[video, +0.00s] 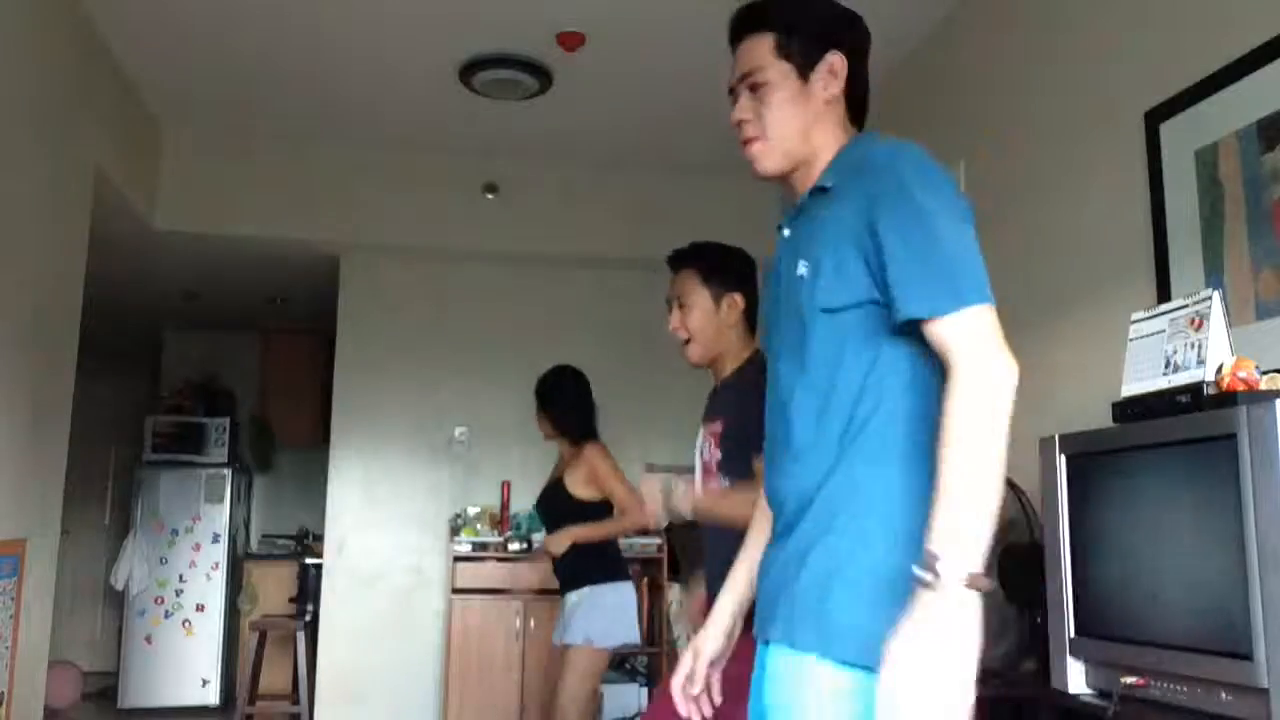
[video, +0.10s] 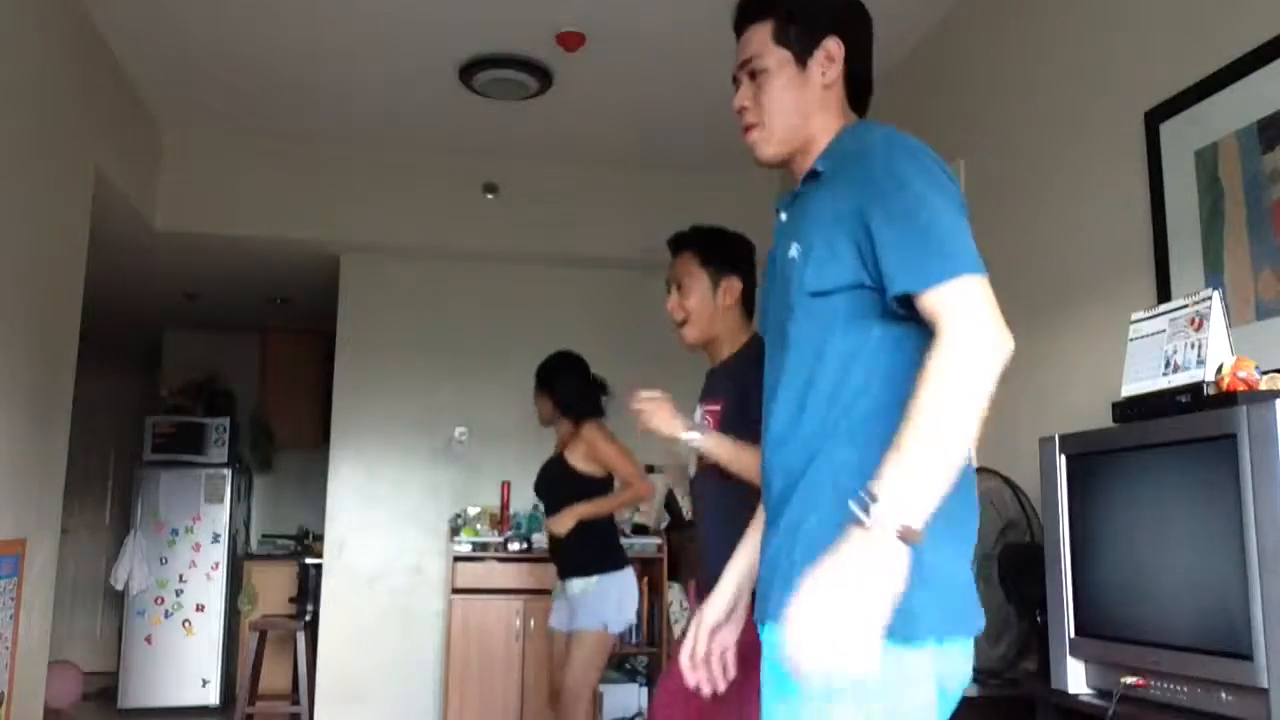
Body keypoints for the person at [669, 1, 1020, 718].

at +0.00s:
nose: (736, 115)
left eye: (756, 87)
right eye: (733, 96)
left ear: (830, 77)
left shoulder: (891, 176)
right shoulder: (792, 241)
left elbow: (986, 368)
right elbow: (790, 459)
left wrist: (949, 588)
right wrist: (727, 614)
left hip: (863, 617)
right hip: (797, 614)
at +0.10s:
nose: (737, 101)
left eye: (754, 73)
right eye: (736, 82)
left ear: (827, 63)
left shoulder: (881, 160)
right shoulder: (796, 213)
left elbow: (977, 336)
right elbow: (810, 432)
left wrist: (881, 536)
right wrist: (741, 578)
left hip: (879, 619)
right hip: (804, 613)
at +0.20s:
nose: (738, 104)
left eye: (755, 75)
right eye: (739, 85)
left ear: (827, 66)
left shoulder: (874, 158)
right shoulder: (801, 204)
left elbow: (954, 327)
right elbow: (816, 414)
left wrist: (808, 511)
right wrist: (748, 574)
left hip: (869, 607)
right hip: (816, 604)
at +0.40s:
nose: (737, 129)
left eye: (754, 102)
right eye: (739, 110)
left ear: (825, 95)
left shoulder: (864, 188)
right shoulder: (801, 234)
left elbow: (916, 384)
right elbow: (807, 438)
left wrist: (724, 499)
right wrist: (736, 575)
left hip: (860, 636)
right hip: (811, 625)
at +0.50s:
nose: (736, 99)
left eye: (749, 71)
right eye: (735, 80)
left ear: (819, 60)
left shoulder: (859, 151)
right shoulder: (803, 192)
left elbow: (916, 335)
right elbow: (845, 412)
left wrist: (730, 410)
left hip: (865, 597)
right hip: (817, 593)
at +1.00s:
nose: (726, 66)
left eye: (738, 40)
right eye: (725, 47)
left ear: (811, 25)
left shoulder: (855, 110)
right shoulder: (796, 153)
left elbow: (945, 293)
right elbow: (834, 370)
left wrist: (810, 452)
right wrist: (728, 453)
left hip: (887, 550)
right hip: (828, 546)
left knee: (871, 707)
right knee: (810, 708)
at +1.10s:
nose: (726, 100)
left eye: (741, 72)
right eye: (724, 79)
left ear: (817, 58)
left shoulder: (872, 174)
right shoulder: (801, 193)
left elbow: (967, 370)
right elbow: (840, 390)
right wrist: (717, 422)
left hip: (898, 582)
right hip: (816, 572)